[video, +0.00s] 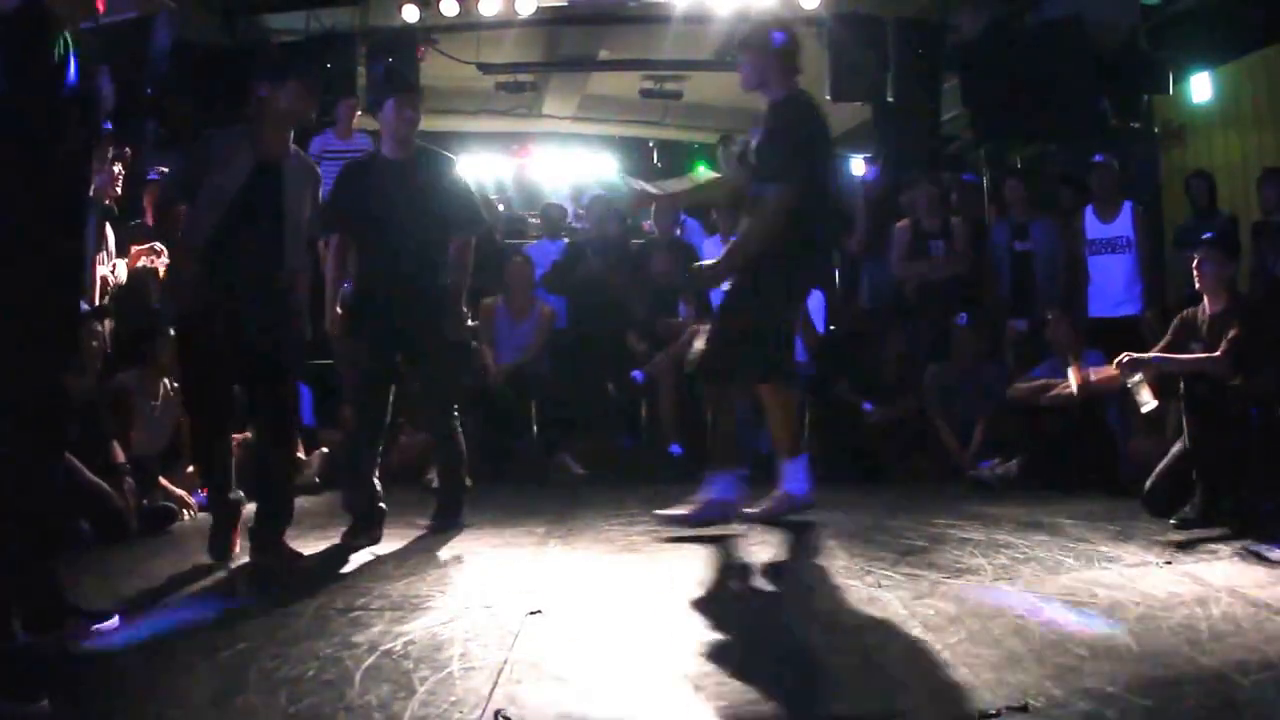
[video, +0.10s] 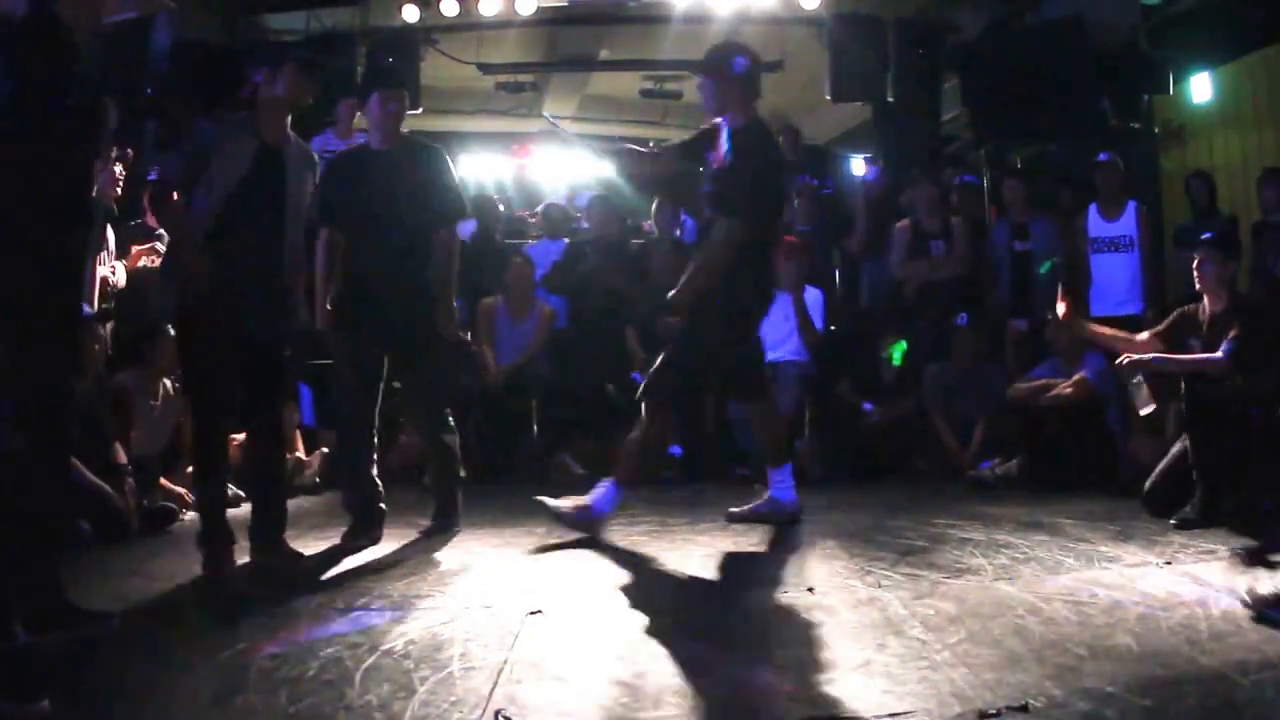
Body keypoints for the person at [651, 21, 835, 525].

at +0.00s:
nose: (741, 66)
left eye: (749, 55)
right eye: (741, 57)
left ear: (778, 58)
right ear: (774, 62)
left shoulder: (790, 115)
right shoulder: (790, 114)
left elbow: (775, 207)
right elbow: (752, 189)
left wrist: (720, 267)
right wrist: (676, 193)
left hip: (778, 262)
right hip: (786, 260)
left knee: (718, 364)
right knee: (772, 366)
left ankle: (721, 488)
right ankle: (794, 483)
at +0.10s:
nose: (700, 91)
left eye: (708, 83)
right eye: (701, 83)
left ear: (737, 85)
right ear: (726, 86)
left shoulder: (754, 148)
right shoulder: (717, 138)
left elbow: (728, 237)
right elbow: (654, 164)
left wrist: (682, 295)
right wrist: (584, 146)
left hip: (736, 288)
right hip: (723, 285)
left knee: (657, 389)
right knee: (755, 388)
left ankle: (601, 502)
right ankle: (782, 492)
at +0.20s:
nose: (656, 89)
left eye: (664, 80)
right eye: (657, 80)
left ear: (690, 85)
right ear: (694, 86)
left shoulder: (700, 145)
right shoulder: (682, 134)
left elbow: (681, 235)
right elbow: (602, 142)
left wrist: (641, 285)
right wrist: (523, 126)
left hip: (678, 283)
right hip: (685, 281)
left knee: (621, 385)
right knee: (682, 392)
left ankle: (572, 511)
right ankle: (758, 472)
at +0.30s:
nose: (612, 77)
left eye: (620, 68)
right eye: (613, 68)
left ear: (648, 73)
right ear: (649, 75)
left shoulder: (663, 127)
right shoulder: (633, 121)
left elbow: (645, 222)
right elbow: (556, 133)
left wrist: (603, 271)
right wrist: (472, 114)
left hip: (639, 280)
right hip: (618, 276)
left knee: (592, 380)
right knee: (585, 372)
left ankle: (571, 511)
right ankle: (670, 430)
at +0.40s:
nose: (580, 55)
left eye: (587, 45)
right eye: (583, 46)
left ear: (615, 50)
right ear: (604, 51)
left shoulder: (638, 115)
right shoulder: (584, 108)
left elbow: (619, 214)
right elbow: (504, 124)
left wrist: (562, 272)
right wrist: (427, 102)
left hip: (608, 270)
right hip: (568, 263)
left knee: (585, 388)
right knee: (494, 342)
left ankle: (567, 505)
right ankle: (553, 426)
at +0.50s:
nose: (547, 46)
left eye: (556, 34)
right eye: (547, 35)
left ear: (588, 40)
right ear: (560, 41)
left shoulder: (611, 104)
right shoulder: (541, 97)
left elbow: (594, 208)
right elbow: (460, 122)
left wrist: (543, 267)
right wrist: (392, 98)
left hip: (577, 258)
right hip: (523, 254)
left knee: (564, 378)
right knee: (473, 357)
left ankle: (561, 499)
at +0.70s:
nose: (470, 40)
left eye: (479, 28)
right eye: (471, 30)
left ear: (511, 35)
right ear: (494, 39)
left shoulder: (549, 103)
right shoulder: (467, 96)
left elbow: (543, 217)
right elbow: (383, 99)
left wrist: (488, 298)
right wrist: (299, 67)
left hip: (512, 279)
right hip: (449, 271)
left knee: (506, 416)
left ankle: (536, 489)